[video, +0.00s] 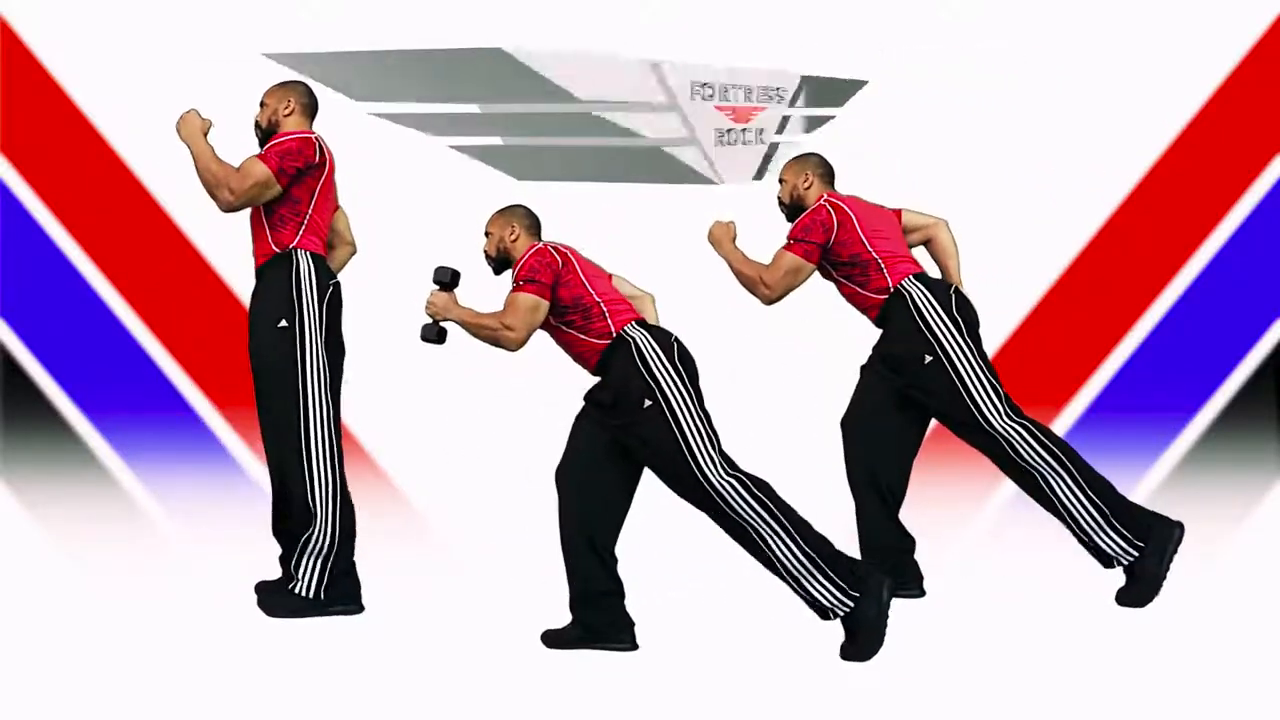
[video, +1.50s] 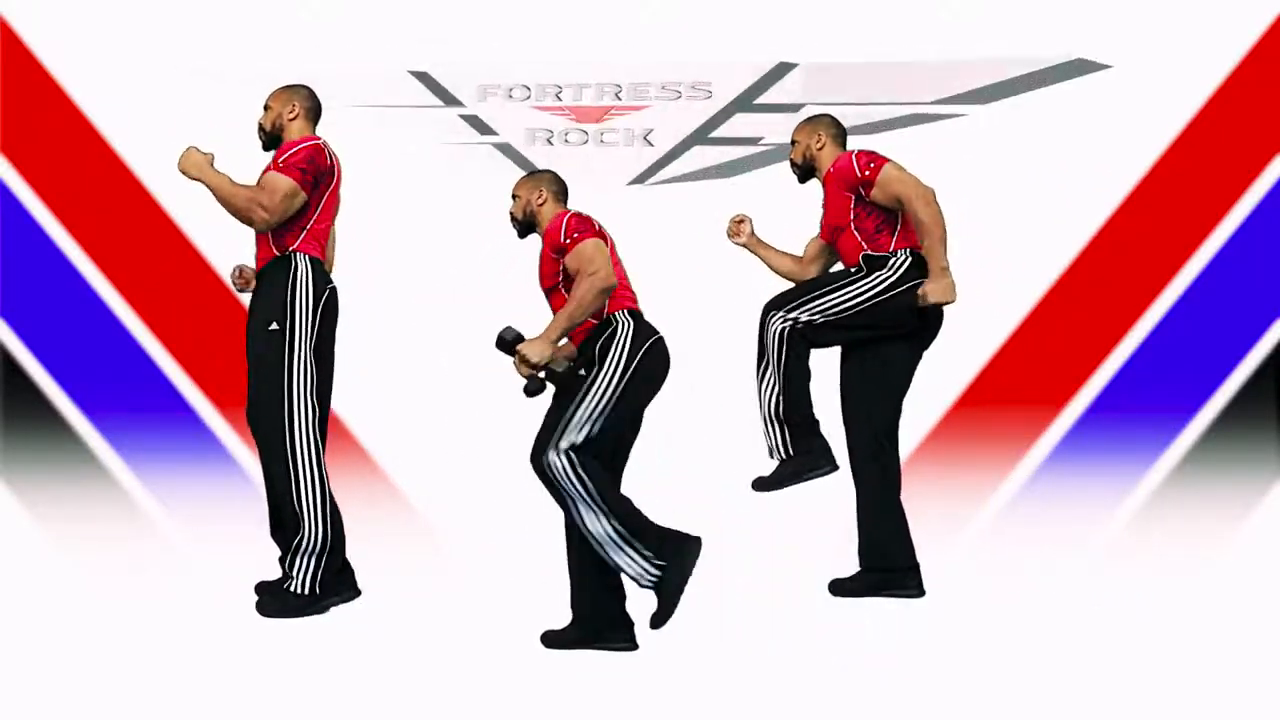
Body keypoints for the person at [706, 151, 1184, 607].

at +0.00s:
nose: (777, 192)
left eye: (784, 182)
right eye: (778, 184)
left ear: (812, 183)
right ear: (817, 186)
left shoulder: (821, 216)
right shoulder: (858, 211)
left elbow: (769, 286)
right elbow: (934, 228)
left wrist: (726, 249)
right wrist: (953, 294)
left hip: (923, 313)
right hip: (910, 323)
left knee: (1004, 433)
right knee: (866, 435)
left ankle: (1141, 537)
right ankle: (892, 566)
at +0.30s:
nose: (777, 193)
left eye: (785, 183)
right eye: (777, 185)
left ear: (812, 184)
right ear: (813, 187)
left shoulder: (821, 216)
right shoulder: (855, 213)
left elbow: (769, 288)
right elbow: (929, 229)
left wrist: (724, 249)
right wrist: (947, 298)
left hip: (921, 316)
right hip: (907, 328)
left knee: (1006, 434)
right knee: (863, 438)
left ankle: (1143, 538)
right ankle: (892, 567)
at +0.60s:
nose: (772, 186)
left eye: (777, 176)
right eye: (771, 178)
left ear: (803, 173)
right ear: (810, 175)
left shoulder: (822, 203)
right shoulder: (847, 206)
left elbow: (808, 277)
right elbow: (914, 253)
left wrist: (747, 289)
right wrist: (908, 314)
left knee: (949, 433)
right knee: (860, 438)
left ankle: (1092, 526)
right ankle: (890, 575)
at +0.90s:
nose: (784, 159)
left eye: (789, 148)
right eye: (785, 151)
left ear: (814, 145)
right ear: (814, 149)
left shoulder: (848, 165)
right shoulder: (835, 206)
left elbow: (913, 195)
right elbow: (803, 270)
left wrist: (935, 269)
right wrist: (750, 241)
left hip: (900, 271)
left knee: (788, 317)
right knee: (884, 442)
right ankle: (897, 571)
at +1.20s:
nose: (793, 153)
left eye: (798, 143)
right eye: (792, 146)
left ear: (822, 139)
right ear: (822, 143)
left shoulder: (854, 161)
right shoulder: (837, 203)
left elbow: (926, 192)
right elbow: (795, 258)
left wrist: (957, 263)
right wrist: (748, 225)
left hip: (897, 277)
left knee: (776, 294)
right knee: (873, 435)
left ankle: (789, 424)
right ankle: (890, 564)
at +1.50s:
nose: (790, 155)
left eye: (794, 145)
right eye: (790, 148)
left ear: (818, 140)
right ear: (820, 144)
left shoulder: (851, 162)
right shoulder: (838, 201)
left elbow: (919, 195)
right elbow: (805, 270)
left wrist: (939, 272)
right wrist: (751, 242)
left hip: (898, 273)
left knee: (781, 317)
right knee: (869, 436)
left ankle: (801, 448)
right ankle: (890, 569)